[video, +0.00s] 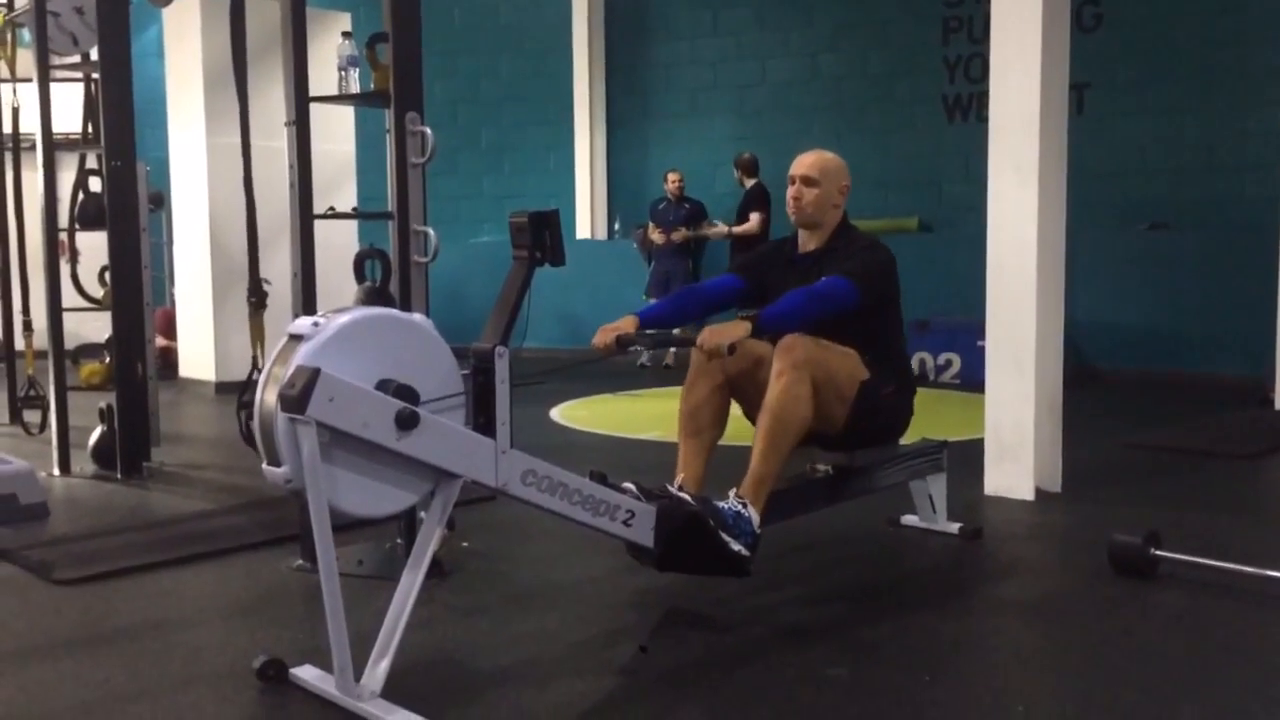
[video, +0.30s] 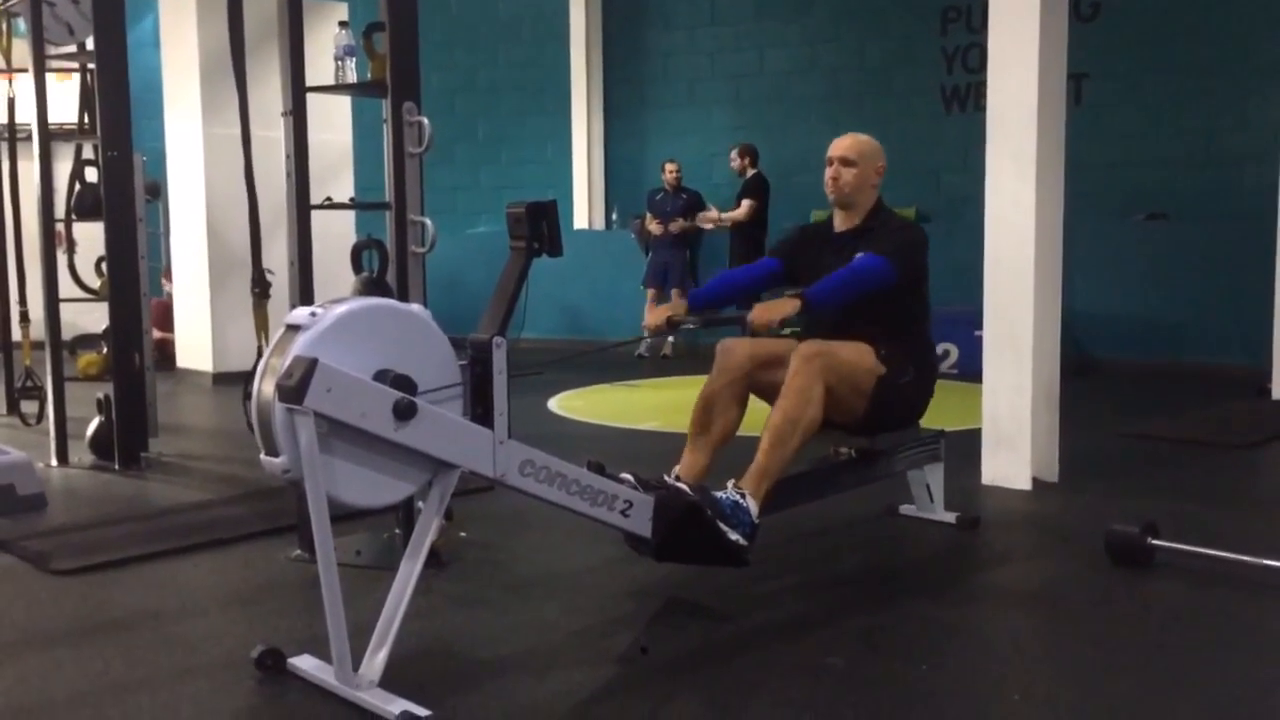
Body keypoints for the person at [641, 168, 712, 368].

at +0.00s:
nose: (678, 185)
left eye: (680, 181)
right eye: (673, 182)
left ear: (684, 183)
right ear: (666, 185)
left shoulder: (695, 206)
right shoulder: (656, 206)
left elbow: (705, 231)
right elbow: (651, 229)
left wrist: (688, 234)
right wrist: (654, 236)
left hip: (683, 263)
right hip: (660, 263)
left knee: (679, 308)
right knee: (654, 306)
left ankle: (673, 351)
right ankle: (648, 350)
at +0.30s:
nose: (675, 175)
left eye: (678, 172)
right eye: (671, 172)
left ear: (681, 174)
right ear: (663, 175)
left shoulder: (692, 196)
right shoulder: (654, 196)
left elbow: (702, 222)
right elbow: (648, 220)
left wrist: (685, 225)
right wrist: (651, 226)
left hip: (680, 252)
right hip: (658, 251)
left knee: (677, 294)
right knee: (652, 294)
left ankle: (671, 338)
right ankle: (647, 338)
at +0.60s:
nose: (673, 170)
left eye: (675, 166)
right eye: (669, 167)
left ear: (679, 168)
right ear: (661, 170)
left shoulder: (690, 191)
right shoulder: (652, 191)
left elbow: (700, 213)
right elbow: (646, 216)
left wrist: (682, 219)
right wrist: (650, 221)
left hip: (677, 247)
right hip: (656, 246)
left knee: (674, 291)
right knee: (650, 290)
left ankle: (669, 336)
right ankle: (645, 334)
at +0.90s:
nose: (670, 165)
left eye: (672, 161)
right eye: (666, 162)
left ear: (676, 164)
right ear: (658, 165)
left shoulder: (688, 186)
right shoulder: (649, 186)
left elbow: (696, 214)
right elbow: (644, 211)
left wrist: (681, 216)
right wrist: (648, 217)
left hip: (675, 242)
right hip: (653, 242)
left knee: (671, 285)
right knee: (647, 285)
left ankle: (666, 331)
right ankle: (642, 329)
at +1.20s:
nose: (670, 167)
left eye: (673, 163)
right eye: (666, 164)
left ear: (676, 165)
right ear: (659, 167)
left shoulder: (688, 188)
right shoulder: (649, 188)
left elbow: (700, 212)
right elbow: (644, 213)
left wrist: (681, 217)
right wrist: (648, 218)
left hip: (675, 245)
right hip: (653, 244)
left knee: (672, 288)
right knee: (648, 288)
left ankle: (667, 333)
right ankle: (642, 332)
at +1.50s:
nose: (669, 168)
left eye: (672, 165)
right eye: (665, 165)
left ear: (676, 168)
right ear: (658, 168)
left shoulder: (688, 190)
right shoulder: (649, 190)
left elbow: (700, 214)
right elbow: (644, 213)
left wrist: (682, 219)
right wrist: (647, 220)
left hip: (676, 247)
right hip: (653, 247)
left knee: (673, 290)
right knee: (647, 287)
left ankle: (670, 335)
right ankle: (644, 333)